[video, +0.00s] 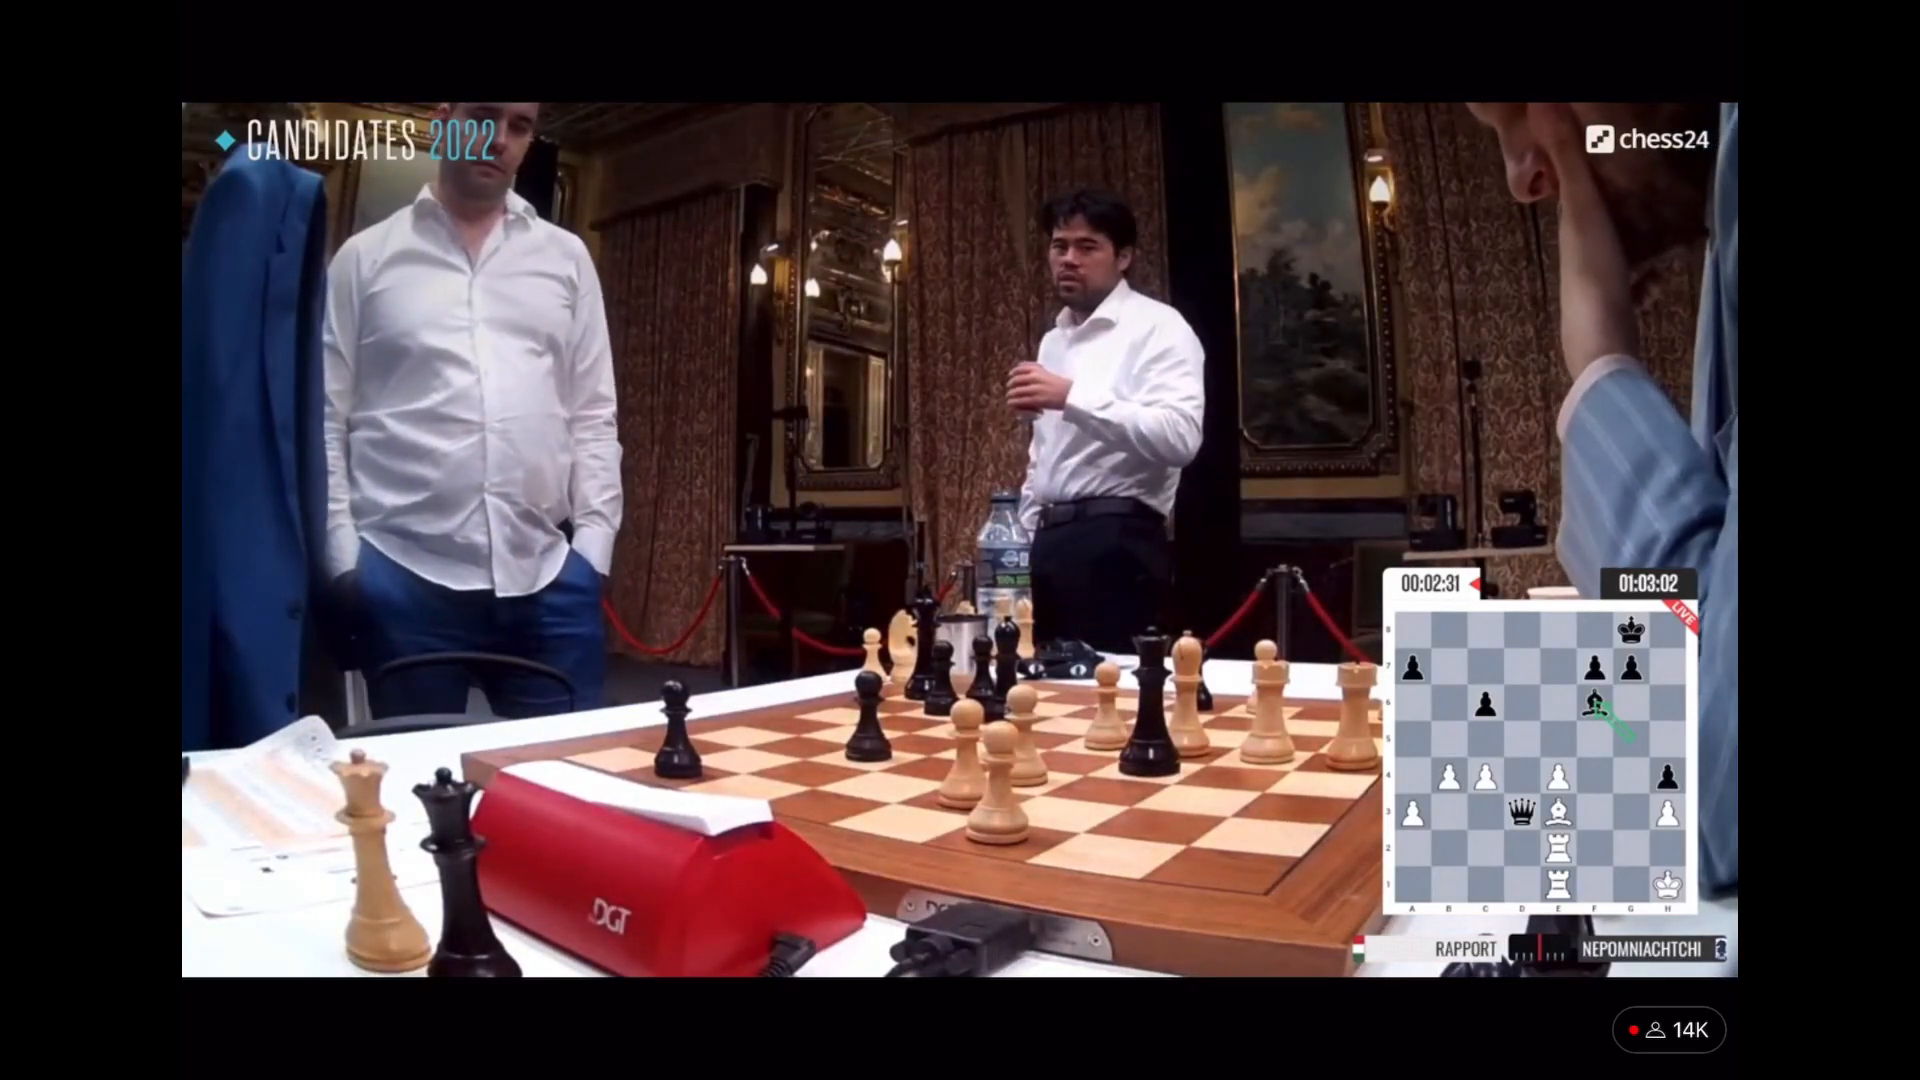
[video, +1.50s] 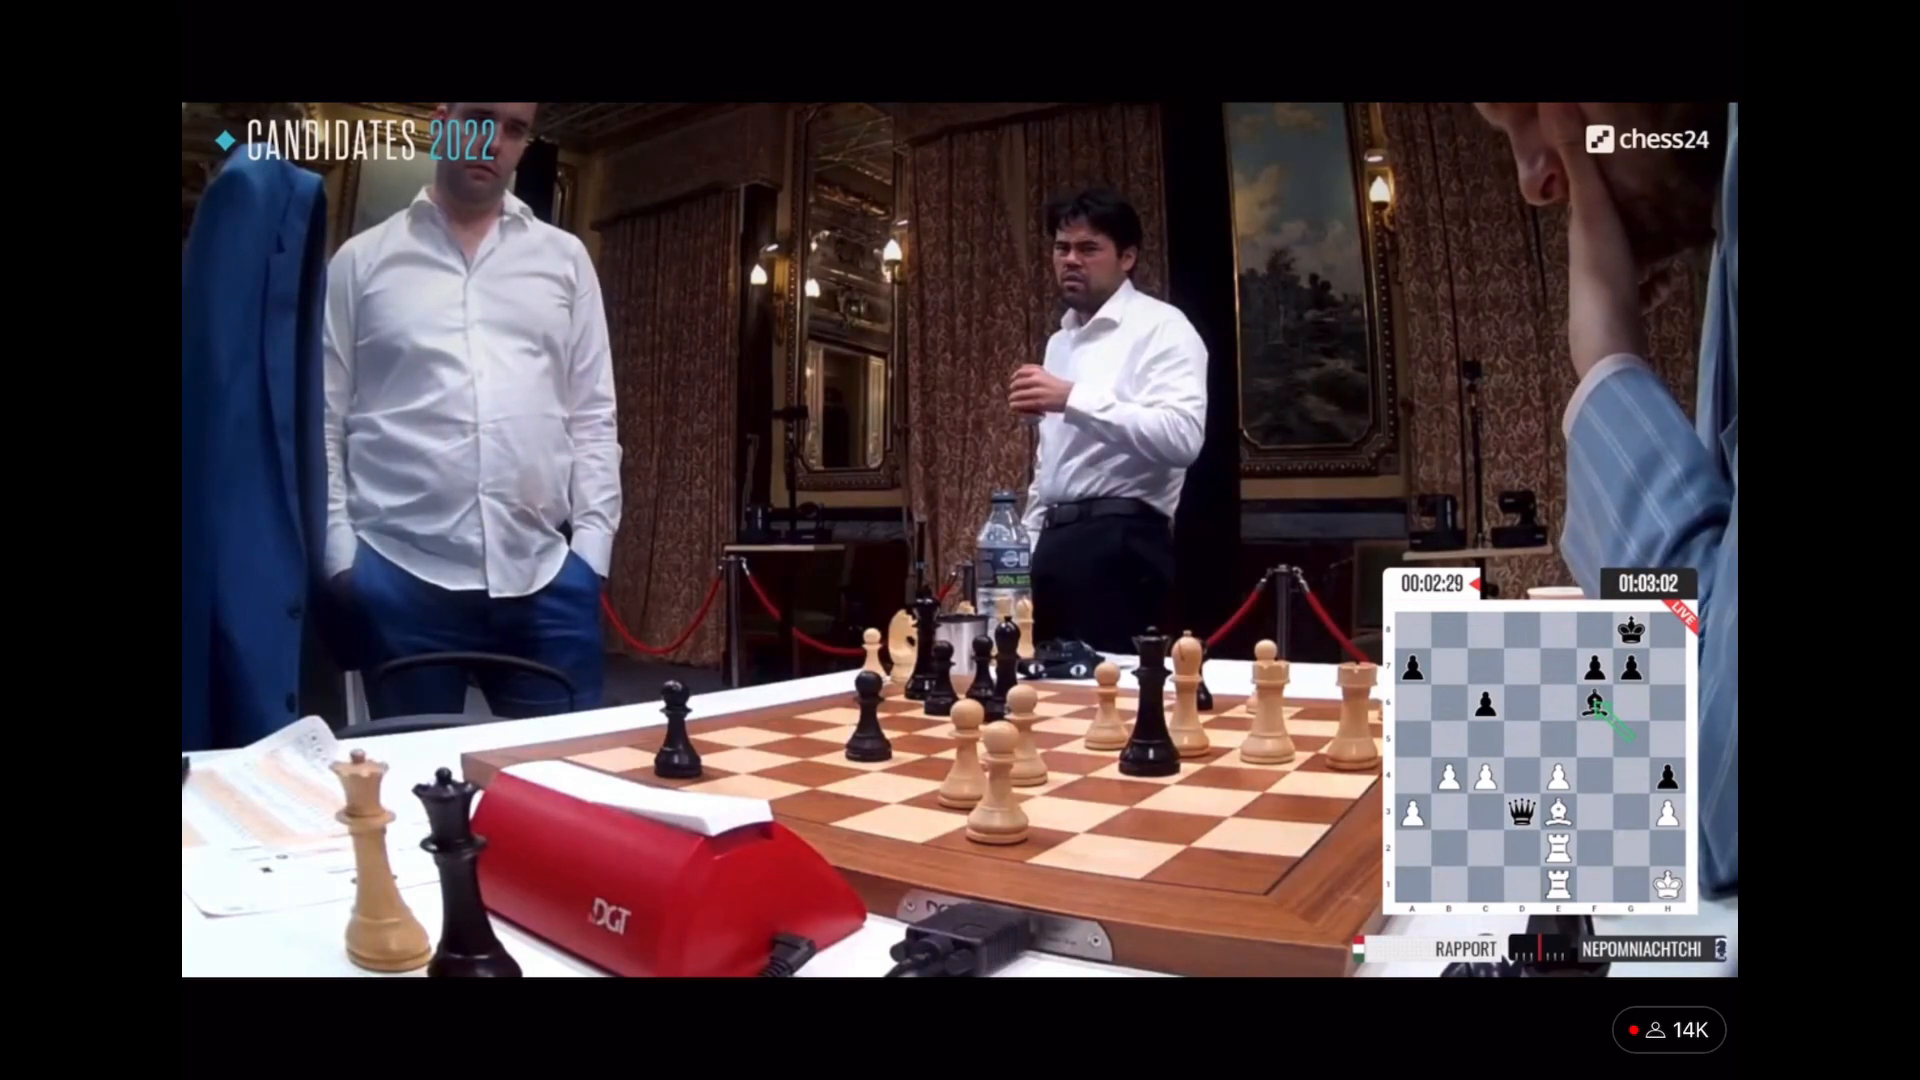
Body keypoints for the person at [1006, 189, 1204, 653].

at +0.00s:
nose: (1069, 260)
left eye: (1087, 247)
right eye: (1060, 246)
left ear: (1123, 258)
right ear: (1048, 254)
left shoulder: (1163, 329)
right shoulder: (1054, 342)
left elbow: (1179, 437)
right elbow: (1042, 452)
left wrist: (1071, 394)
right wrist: (1029, 529)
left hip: (1121, 534)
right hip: (1054, 534)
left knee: (1119, 694)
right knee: (1057, 694)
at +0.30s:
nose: (1068, 261)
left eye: (1086, 247)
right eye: (1060, 247)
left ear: (1123, 258)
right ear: (1049, 255)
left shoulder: (1164, 329)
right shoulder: (1055, 342)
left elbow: (1180, 436)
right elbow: (1043, 453)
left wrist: (1072, 394)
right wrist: (1029, 531)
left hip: (1121, 534)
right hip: (1054, 534)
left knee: (1119, 694)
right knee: (1057, 695)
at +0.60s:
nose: (1068, 261)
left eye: (1085, 247)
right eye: (1059, 247)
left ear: (1123, 257)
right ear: (1049, 255)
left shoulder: (1163, 328)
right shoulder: (1056, 342)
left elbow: (1180, 435)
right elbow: (1045, 453)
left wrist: (1071, 394)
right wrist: (1028, 532)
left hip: (1122, 534)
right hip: (1055, 533)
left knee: (1119, 694)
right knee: (1056, 695)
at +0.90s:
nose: (1070, 261)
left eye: (1087, 248)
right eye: (1061, 247)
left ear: (1125, 258)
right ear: (1050, 255)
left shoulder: (1164, 328)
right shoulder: (1058, 342)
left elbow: (1180, 435)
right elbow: (1047, 457)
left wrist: (1071, 394)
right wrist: (1028, 539)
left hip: (1124, 536)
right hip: (1057, 535)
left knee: (1120, 695)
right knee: (1058, 696)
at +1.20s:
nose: (1071, 261)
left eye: (1089, 249)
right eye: (1063, 248)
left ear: (1126, 258)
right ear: (1053, 255)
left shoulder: (1166, 328)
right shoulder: (1061, 343)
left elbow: (1182, 436)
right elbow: (1051, 459)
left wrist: (1073, 395)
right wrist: (1031, 537)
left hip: (1126, 535)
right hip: (1059, 534)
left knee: (1120, 695)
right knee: (1059, 695)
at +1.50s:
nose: (1071, 261)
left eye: (1088, 248)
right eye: (1063, 248)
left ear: (1126, 258)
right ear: (1052, 254)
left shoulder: (1166, 329)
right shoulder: (1060, 344)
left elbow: (1181, 437)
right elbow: (1050, 461)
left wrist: (1072, 397)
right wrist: (1029, 539)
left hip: (1125, 536)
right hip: (1058, 535)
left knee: (1122, 696)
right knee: (1059, 696)